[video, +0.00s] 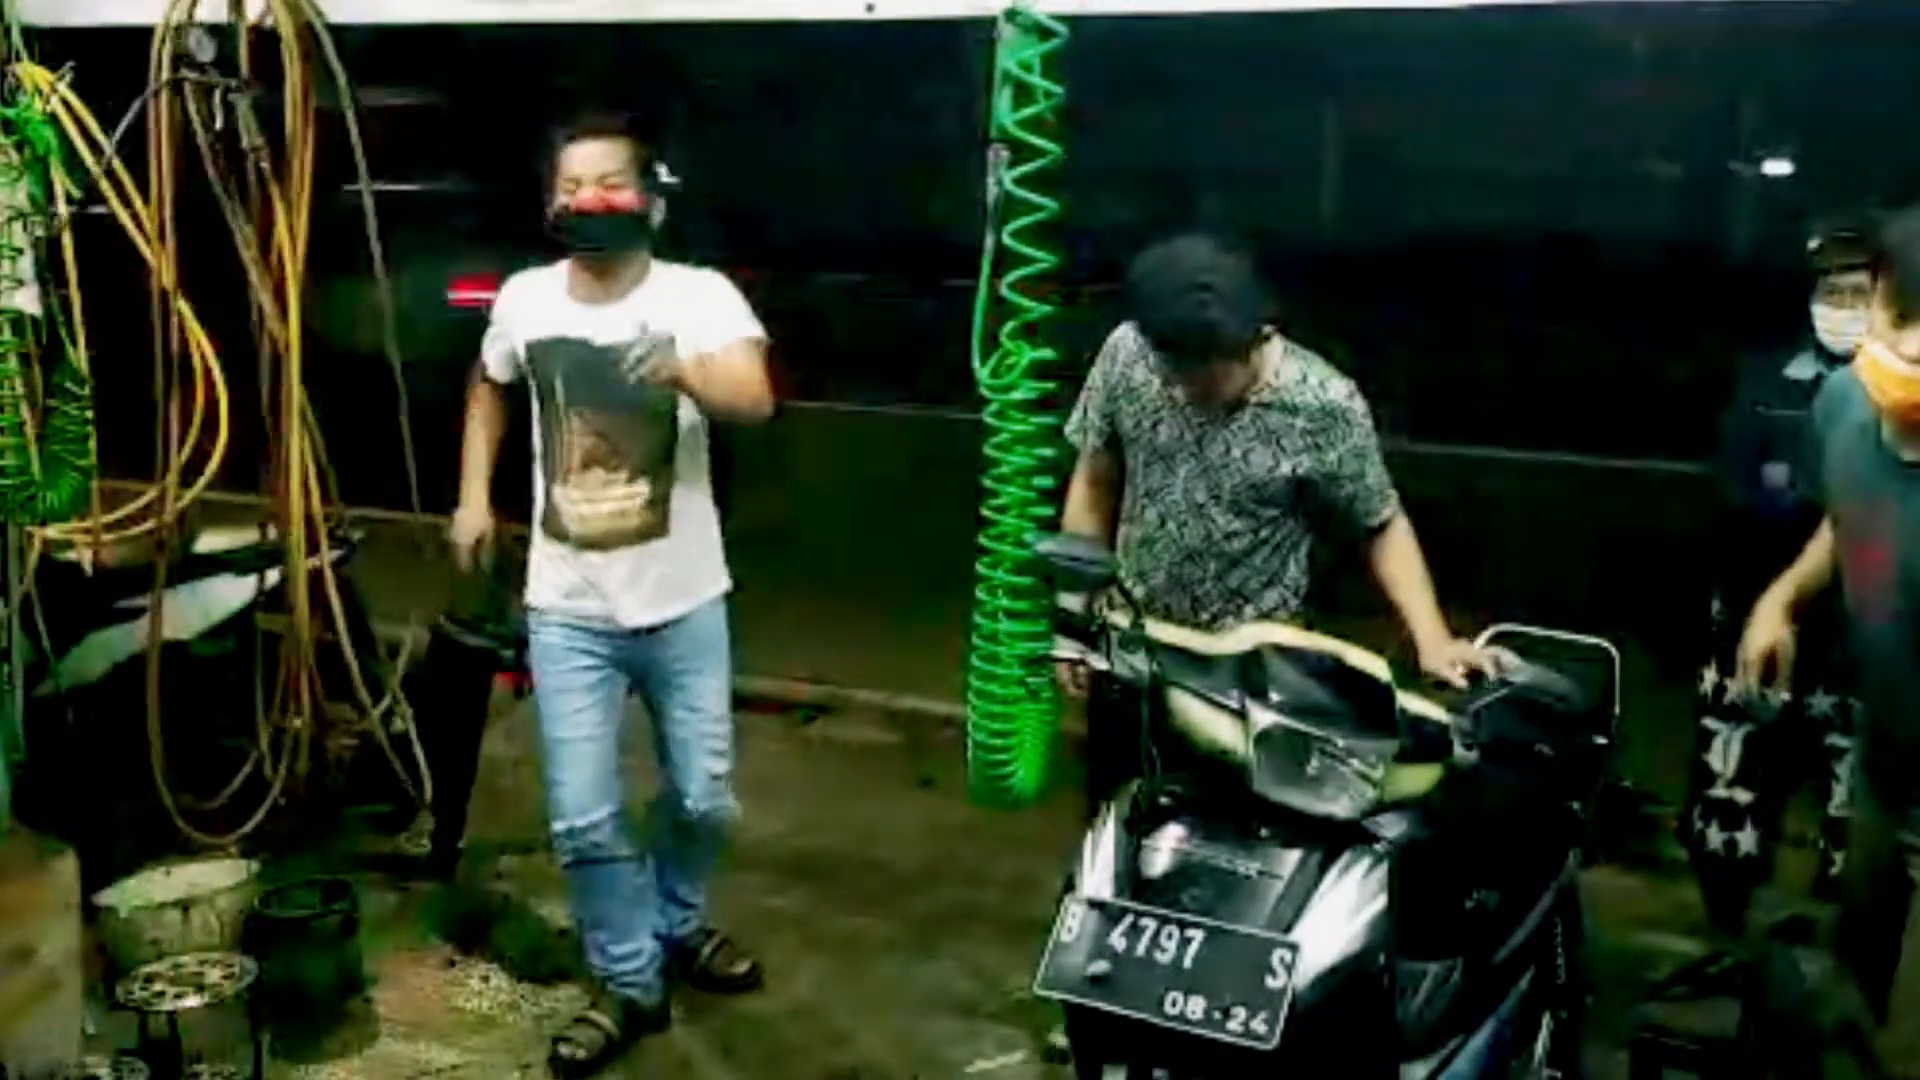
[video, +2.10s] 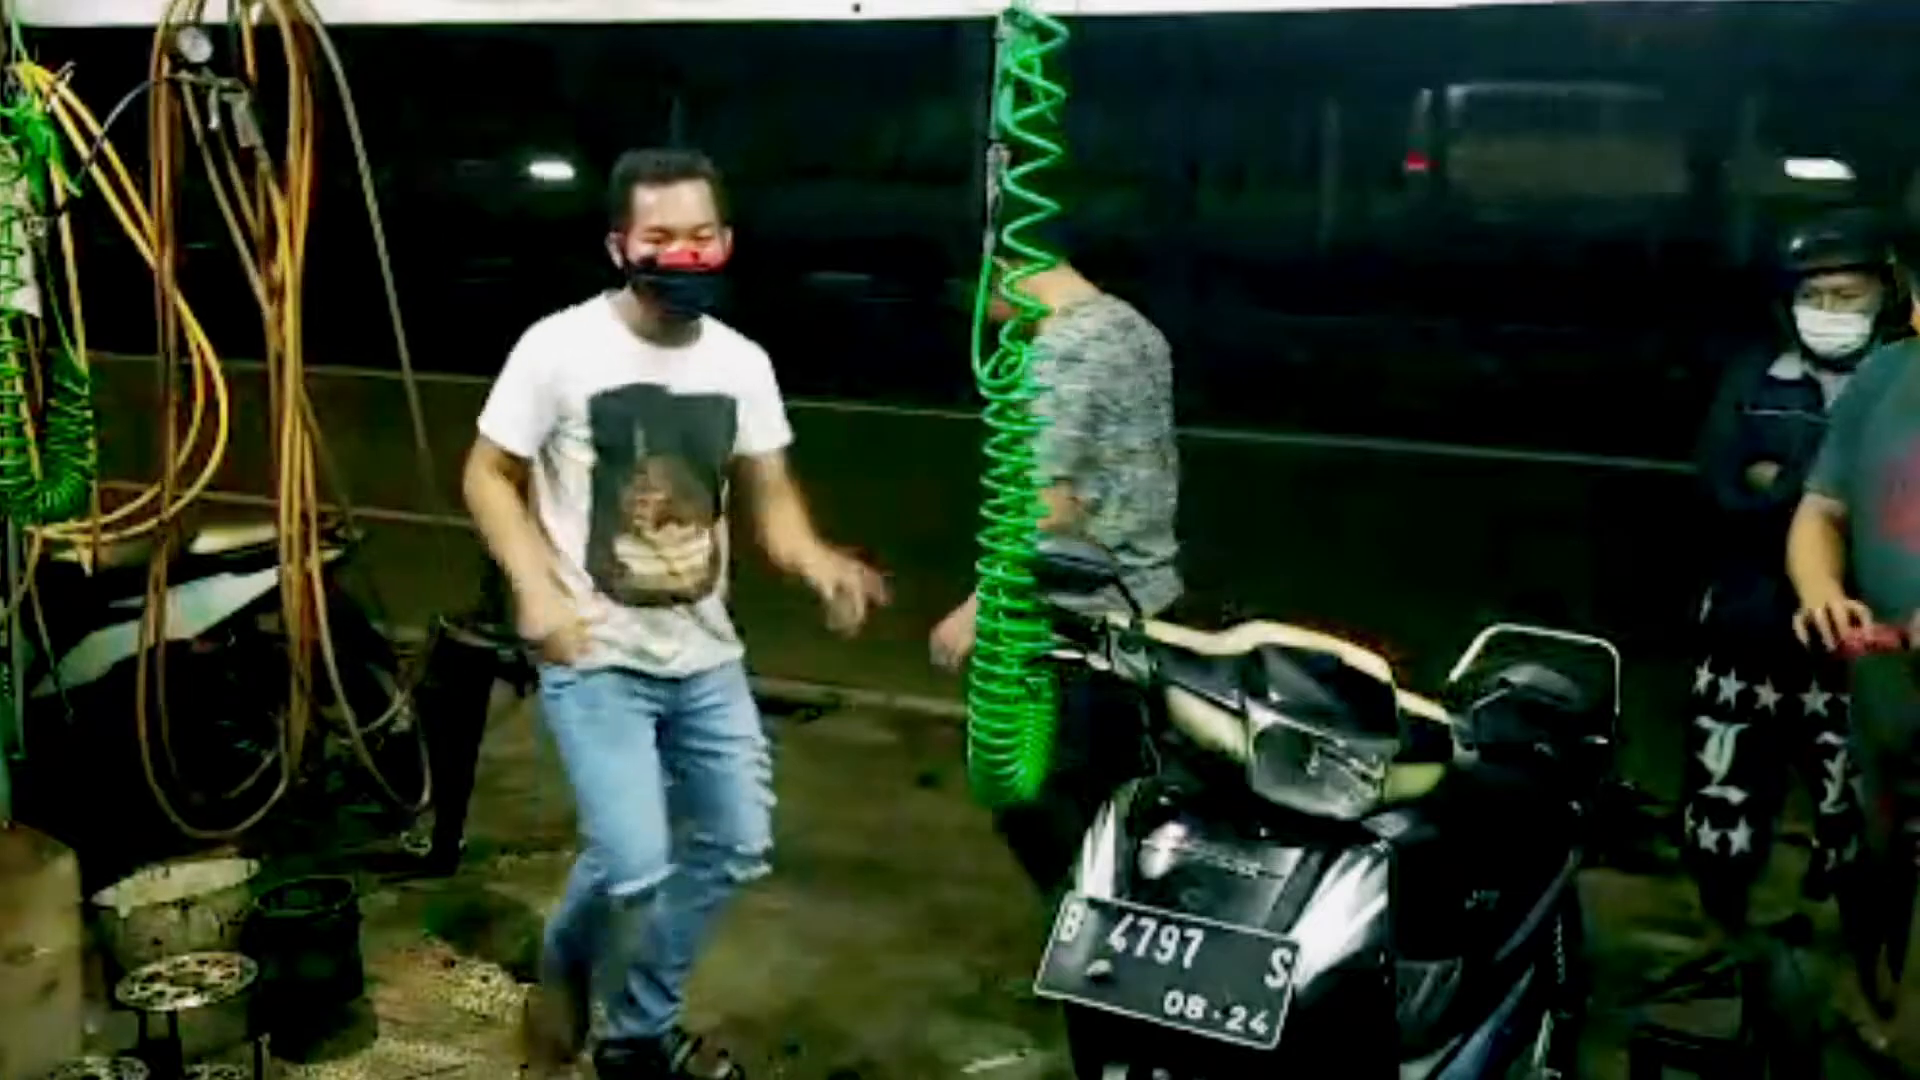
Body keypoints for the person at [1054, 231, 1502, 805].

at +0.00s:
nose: (1194, 385)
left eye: (1211, 368)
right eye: (1179, 368)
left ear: (1253, 341)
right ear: (1156, 346)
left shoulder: (1325, 406)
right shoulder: (1129, 357)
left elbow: (1383, 525)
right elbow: (1094, 482)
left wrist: (1435, 644)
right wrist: (1073, 614)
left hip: (1249, 669)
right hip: (1132, 653)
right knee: (1113, 858)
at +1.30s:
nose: (1122, 400)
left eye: (1128, 386)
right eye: (1111, 387)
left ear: (1160, 345)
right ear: (1091, 366)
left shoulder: (1252, 403)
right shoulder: (1111, 366)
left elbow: (1362, 526)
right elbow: (1096, 456)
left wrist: (1411, 671)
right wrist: (1077, 574)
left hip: (1234, 659)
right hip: (1131, 636)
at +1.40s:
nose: (1085, 379)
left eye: (1083, 366)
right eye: (1074, 368)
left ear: (1114, 335)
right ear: (1111, 327)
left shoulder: (1231, 394)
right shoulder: (1114, 362)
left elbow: (1336, 515)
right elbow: (1101, 453)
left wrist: (1395, 661)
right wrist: (1084, 568)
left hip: (1225, 657)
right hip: (1129, 633)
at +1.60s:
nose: (1053, 348)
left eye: (1051, 335)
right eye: (1045, 339)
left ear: (1080, 305)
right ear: (1081, 304)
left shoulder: (1188, 371)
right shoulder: (1089, 347)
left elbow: (1247, 507)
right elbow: (1089, 471)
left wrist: (1277, 647)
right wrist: (1085, 566)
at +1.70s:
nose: (1030, 341)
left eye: (1027, 324)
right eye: (1021, 328)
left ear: (1054, 296)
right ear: (1054, 293)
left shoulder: (1158, 366)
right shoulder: (1092, 353)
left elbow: (1203, 518)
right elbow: (1099, 510)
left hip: (1159, 634)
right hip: (1106, 627)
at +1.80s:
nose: (1014, 338)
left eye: (1008, 322)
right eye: (1002, 326)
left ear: (1032, 293)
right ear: (1038, 287)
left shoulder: (1126, 360)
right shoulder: (1092, 353)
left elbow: (1152, 512)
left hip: (1153, 638)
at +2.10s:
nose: (994, 314)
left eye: (988, 297)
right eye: (987, 300)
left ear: (1005, 283)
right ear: (1056, 262)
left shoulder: (1062, 351)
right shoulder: (1137, 334)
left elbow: (1052, 508)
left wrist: (978, 607)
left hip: (1081, 616)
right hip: (1149, 599)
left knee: (1028, 802)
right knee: (1111, 788)